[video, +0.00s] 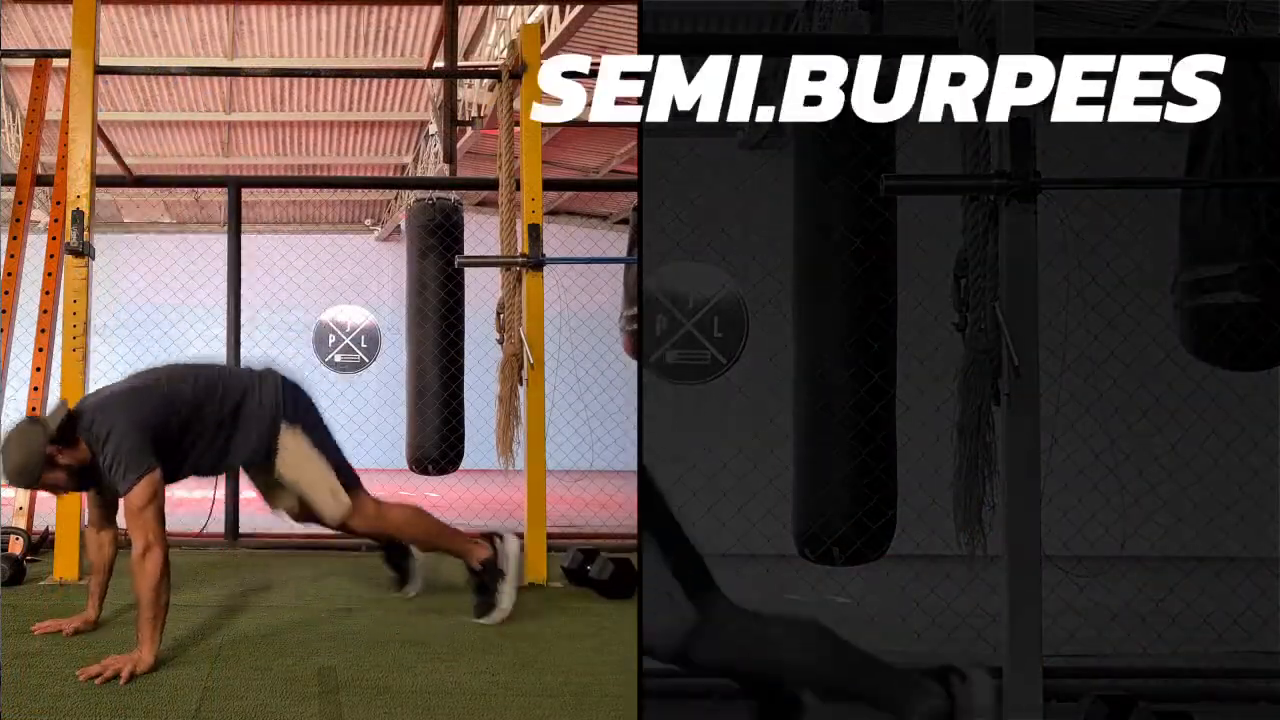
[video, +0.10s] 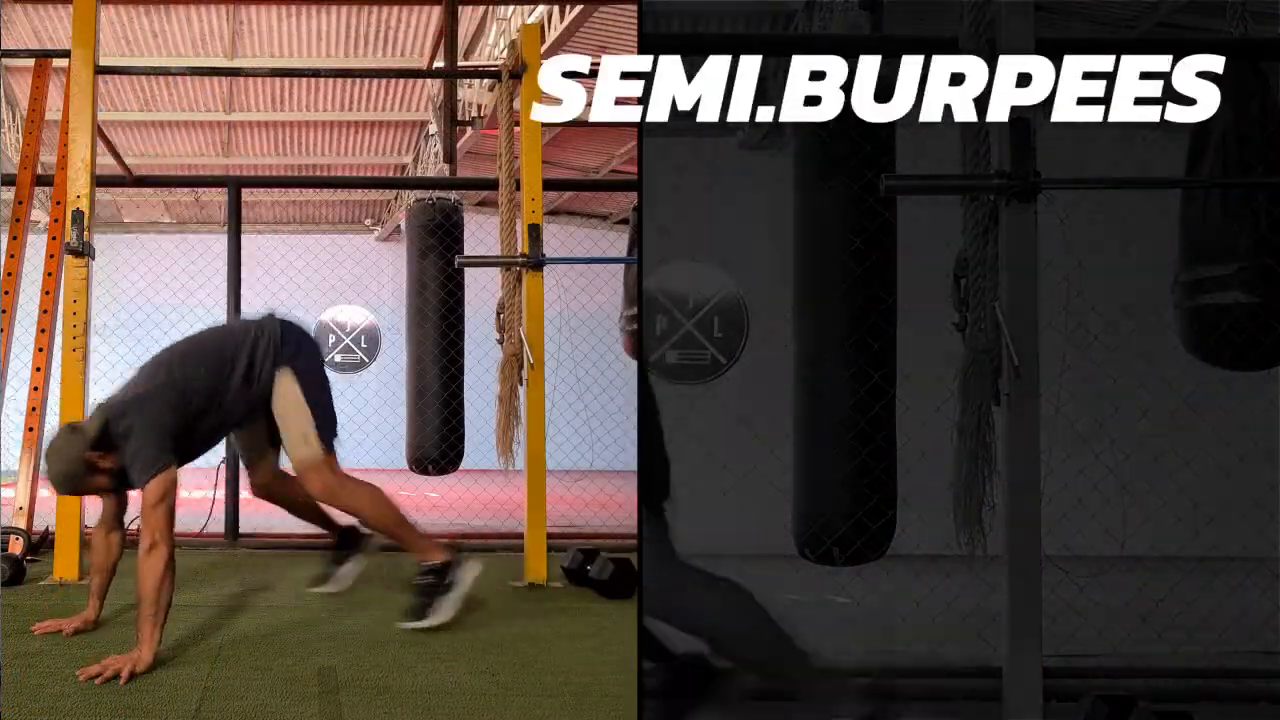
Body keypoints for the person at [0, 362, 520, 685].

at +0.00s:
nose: (56, 491)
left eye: (50, 482)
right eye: (46, 486)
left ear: (61, 455)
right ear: (56, 452)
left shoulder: (123, 432)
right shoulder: (82, 439)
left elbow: (149, 546)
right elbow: (101, 526)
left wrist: (145, 649)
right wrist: (91, 608)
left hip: (269, 407)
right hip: (242, 433)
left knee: (348, 509)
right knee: (295, 506)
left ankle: (484, 552)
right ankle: (392, 535)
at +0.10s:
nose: (101, 493)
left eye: (93, 485)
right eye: (93, 490)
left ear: (99, 462)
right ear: (94, 457)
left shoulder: (145, 433)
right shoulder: (108, 435)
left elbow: (157, 546)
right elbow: (109, 530)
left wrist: (146, 648)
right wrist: (93, 609)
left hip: (282, 352)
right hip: (245, 383)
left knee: (323, 480)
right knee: (266, 480)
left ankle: (438, 558)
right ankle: (345, 538)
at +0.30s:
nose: (122, 466)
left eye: (120, 456)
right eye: (115, 460)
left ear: (136, 436)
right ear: (133, 435)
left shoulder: (184, 429)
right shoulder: (140, 427)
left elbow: (171, 542)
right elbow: (124, 522)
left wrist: (140, 643)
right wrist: (91, 606)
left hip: (319, 353)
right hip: (270, 362)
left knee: (289, 466)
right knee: (221, 466)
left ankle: (341, 607)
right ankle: (244, 578)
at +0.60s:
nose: (132, 225)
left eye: (134, 212)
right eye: (126, 216)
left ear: (161, 196)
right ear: (140, 208)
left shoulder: (222, 231)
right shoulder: (178, 249)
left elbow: (278, 312)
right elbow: (195, 323)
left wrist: (249, 396)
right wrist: (174, 394)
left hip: (311, 345)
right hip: (260, 352)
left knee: (291, 465)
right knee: (220, 461)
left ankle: (341, 606)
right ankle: (243, 576)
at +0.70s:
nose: (147, 174)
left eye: (150, 160)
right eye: (140, 165)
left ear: (182, 142)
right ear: (146, 161)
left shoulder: (242, 179)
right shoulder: (192, 205)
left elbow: (307, 255)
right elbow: (223, 271)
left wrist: (280, 335)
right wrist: (208, 338)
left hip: (294, 340)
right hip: (247, 346)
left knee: (292, 461)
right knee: (226, 456)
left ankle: (341, 605)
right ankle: (244, 575)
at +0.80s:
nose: (167, 152)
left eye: (172, 138)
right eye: (161, 143)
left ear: (204, 124)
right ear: (172, 140)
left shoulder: (261, 163)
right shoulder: (208, 186)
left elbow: (325, 233)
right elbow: (242, 266)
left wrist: (293, 312)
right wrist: (221, 324)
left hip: (277, 337)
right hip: (233, 344)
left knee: (295, 463)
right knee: (230, 458)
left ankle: (340, 605)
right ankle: (244, 576)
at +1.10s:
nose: (138, 174)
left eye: (142, 158)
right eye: (130, 164)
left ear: (174, 140)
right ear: (131, 163)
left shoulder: (233, 179)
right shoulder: (187, 209)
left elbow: (281, 264)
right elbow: (210, 289)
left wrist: (248, 347)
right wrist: (181, 362)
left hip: (290, 331)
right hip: (246, 338)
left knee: (291, 460)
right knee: (226, 458)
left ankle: (340, 605)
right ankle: (244, 576)